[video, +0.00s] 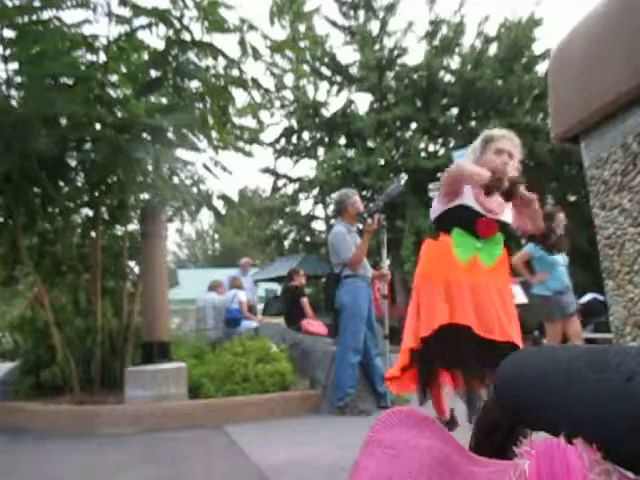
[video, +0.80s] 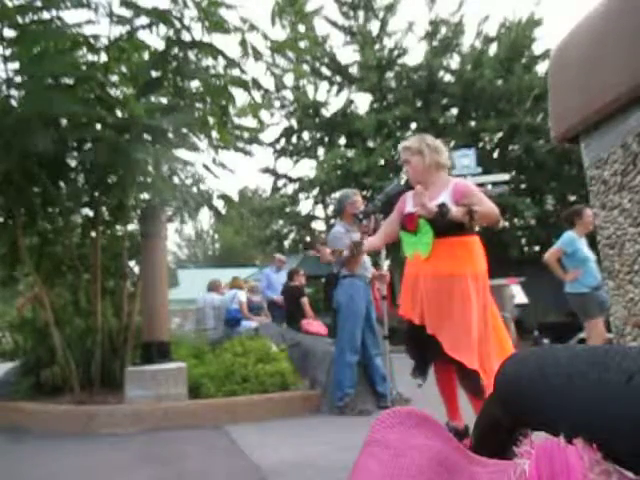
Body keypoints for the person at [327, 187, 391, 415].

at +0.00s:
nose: (361, 207)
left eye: (360, 203)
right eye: (357, 203)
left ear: (353, 207)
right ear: (346, 207)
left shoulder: (353, 232)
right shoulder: (338, 233)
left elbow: (358, 264)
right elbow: (353, 263)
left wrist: (375, 274)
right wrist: (367, 235)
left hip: (364, 284)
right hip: (351, 284)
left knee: (370, 342)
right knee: (351, 343)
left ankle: (383, 393)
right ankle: (344, 398)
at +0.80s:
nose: (362, 207)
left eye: (361, 202)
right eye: (358, 203)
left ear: (353, 207)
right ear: (347, 207)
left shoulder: (356, 231)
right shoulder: (337, 233)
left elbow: (360, 262)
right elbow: (350, 261)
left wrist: (374, 274)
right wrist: (361, 238)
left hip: (364, 283)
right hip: (350, 283)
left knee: (371, 342)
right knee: (349, 344)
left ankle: (385, 393)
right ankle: (343, 398)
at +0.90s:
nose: (361, 206)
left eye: (361, 202)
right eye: (357, 202)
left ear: (354, 207)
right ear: (346, 207)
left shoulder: (357, 231)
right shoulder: (337, 234)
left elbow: (366, 258)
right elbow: (346, 261)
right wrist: (362, 238)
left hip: (364, 285)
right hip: (347, 287)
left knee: (371, 342)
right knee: (348, 345)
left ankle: (384, 392)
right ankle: (343, 397)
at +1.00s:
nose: (361, 206)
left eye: (361, 202)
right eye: (357, 202)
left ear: (357, 207)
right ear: (346, 207)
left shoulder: (357, 231)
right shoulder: (337, 233)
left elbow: (365, 262)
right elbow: (348, 263)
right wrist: (362, 238)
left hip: (366, 282)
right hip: (348, 283)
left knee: (372, 342)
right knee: (348, 343)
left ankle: (385, 392)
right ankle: (344, 397)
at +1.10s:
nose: (362, 206)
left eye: (362, 202)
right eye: (357, 202)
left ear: (354, 207)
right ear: (346, 207)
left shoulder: (357, 232)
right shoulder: (337, 233)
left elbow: (363, 263)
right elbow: (347, 263)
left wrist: (376, 273)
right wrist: (360, 238)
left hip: (365, 283)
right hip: (349, 283)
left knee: (372, 341)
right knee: (348, 343)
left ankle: (385, 392)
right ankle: (343, 397)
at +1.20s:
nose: (361, 209)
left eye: (361, 205)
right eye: (356, 205)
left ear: (358, 207)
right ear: (345, 208)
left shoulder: (359, 231)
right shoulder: (337, 233)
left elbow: (367, 261)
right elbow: (347, 262)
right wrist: (359, 237)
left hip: (366, 282)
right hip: (349, 283)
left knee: (368, 338)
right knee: (347, 342)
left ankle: (377, 388)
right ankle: (344, 396)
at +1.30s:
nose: (354, 209)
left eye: (354, 205)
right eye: (351, 205)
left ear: (350, 208)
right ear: (343, 208)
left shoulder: (354, 229)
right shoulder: (336, 232)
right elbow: (343, 260)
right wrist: (359, 245)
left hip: (359, 279)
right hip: (345, 281)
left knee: (355, 339)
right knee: (344, 340)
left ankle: (354, 392)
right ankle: (340, 395)